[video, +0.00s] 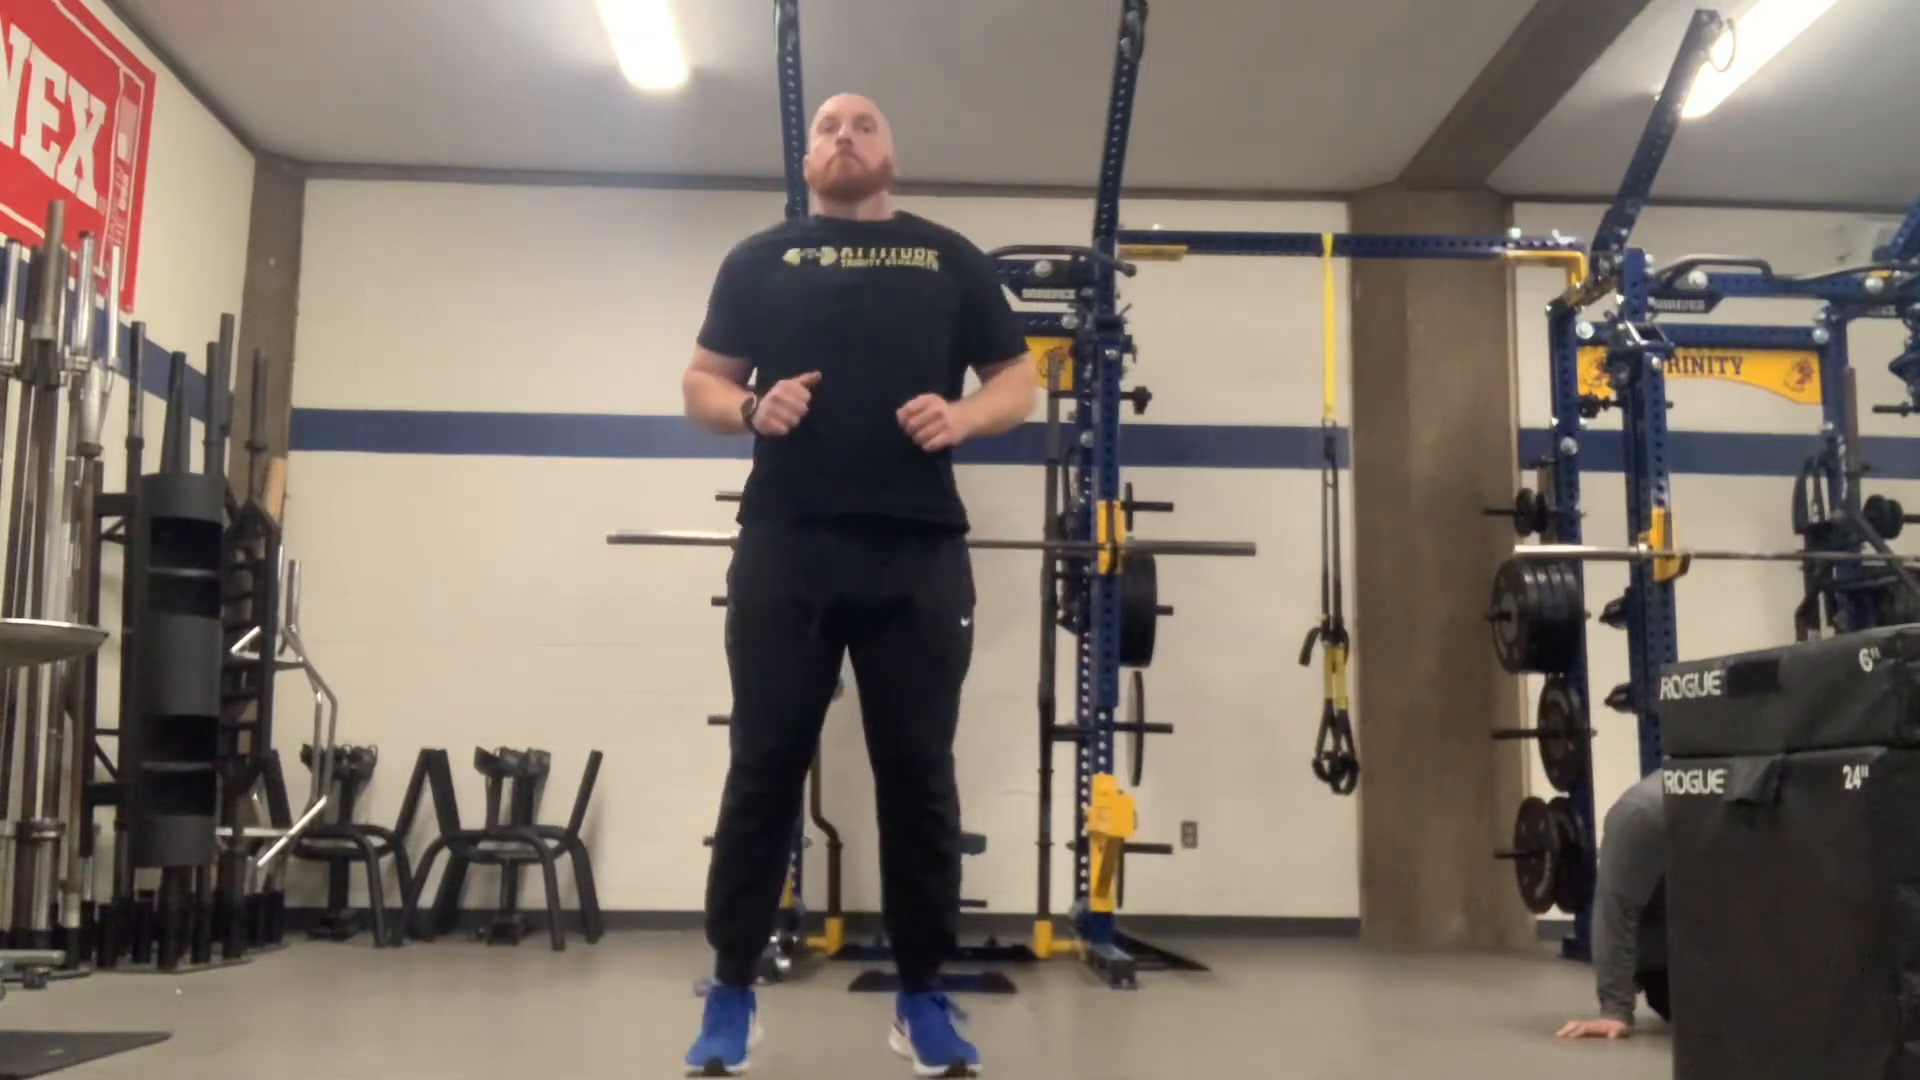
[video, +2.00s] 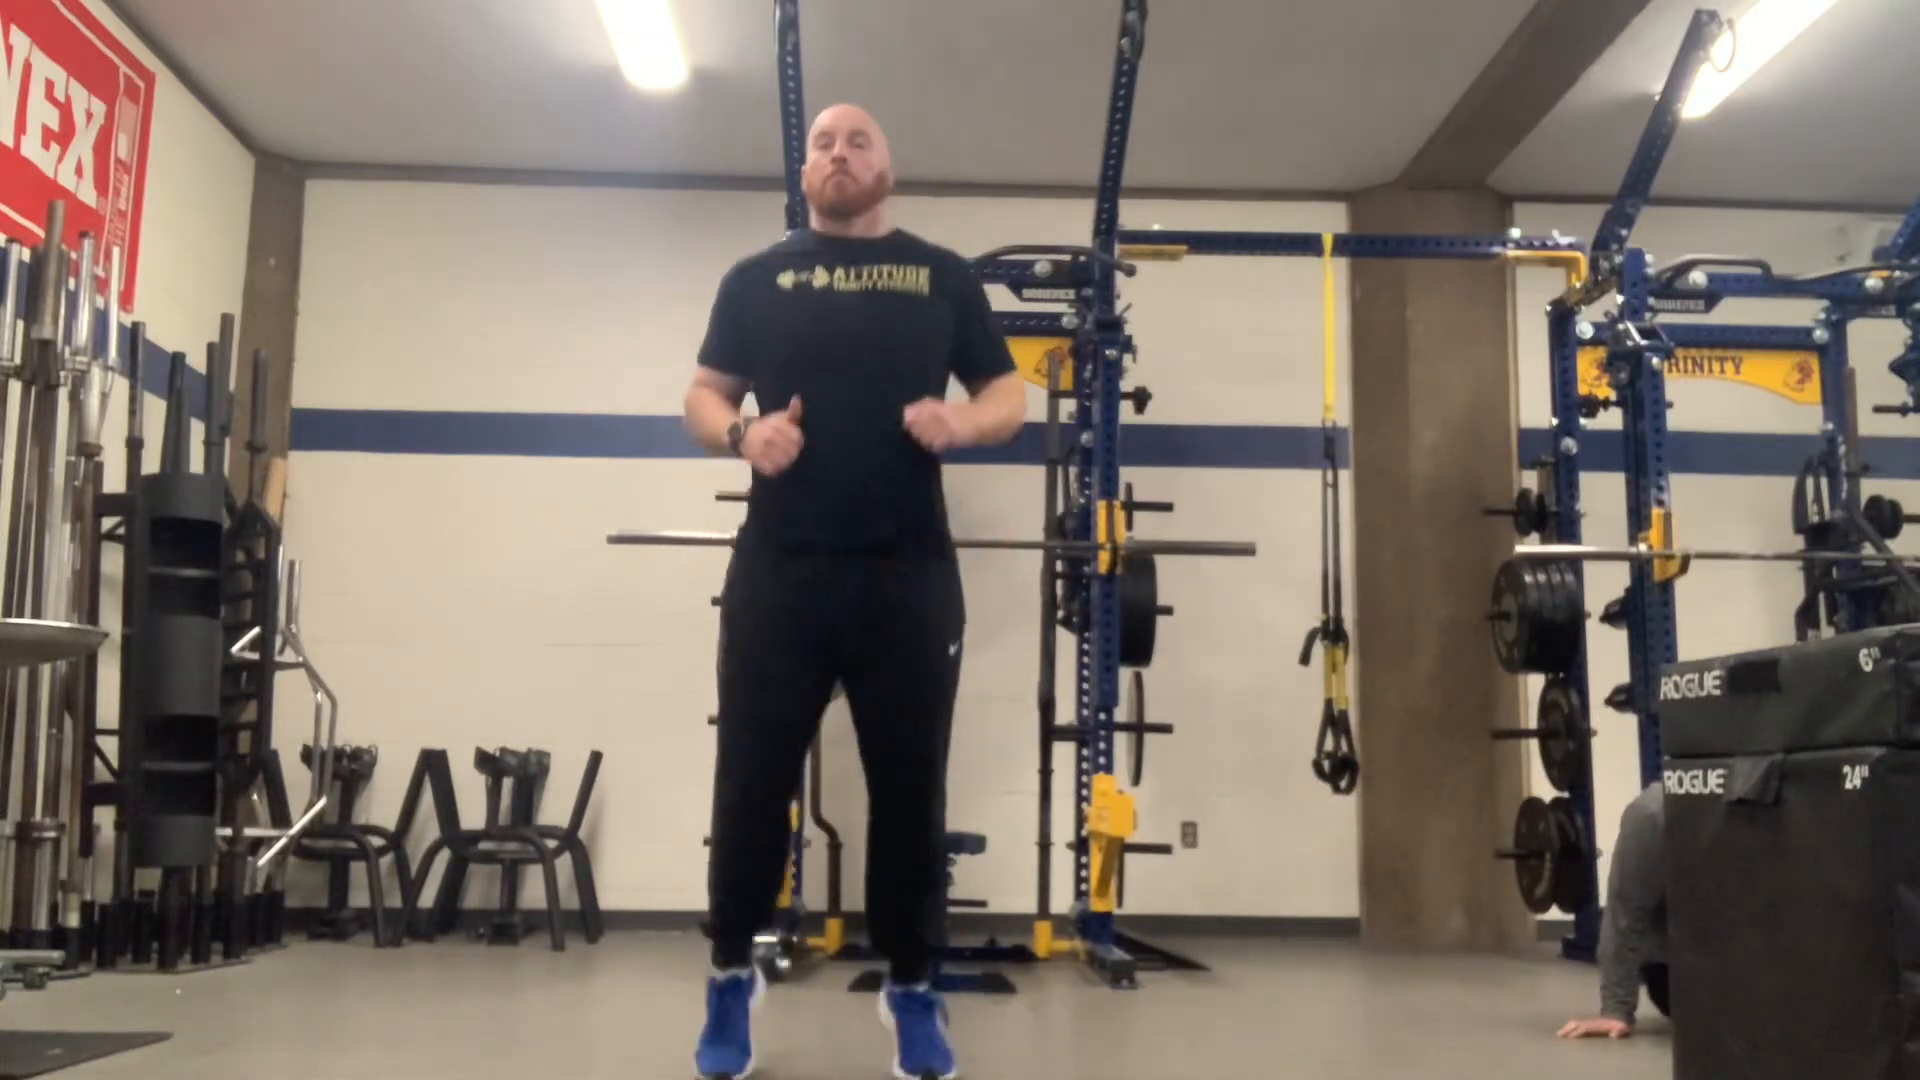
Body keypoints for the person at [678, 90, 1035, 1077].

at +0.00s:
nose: (847, 128)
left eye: (864, 120)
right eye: (828, 124)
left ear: (896, 156)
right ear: (804, 163)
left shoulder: (953, 260)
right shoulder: (758, 261)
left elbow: (1018, 387)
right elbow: (702, 390)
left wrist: (966, 416)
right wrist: (750, 407)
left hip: (916, 554)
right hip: (785, 552)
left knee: (920, 777)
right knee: (763, 772)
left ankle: (923, 996)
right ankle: (730, 991)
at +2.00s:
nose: (839, 152)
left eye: (857, 140)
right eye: (823, 143)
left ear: (890, 168)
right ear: (801, 174)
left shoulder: (945, 278)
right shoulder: (755, 279)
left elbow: (1009, 400)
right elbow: (705, 401)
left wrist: (963, 422)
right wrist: (741, 433)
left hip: (907, 573)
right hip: (780, 572)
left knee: (910, 791)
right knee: (751, 782)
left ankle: (913, 994)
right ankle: (730, 983)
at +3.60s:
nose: (832, 214)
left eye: (851, 203)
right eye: (817, 206)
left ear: (885, 234)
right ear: (797, 239)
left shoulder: (936, 344)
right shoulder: (750, 348)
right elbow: (704, 468)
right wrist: (708, 529)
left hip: (900, 627)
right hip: (777, 625)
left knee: (897, 831)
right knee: (760, 823)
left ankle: (891, 1014)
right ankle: (740, 1005)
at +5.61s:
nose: (834, 125)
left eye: (853, 116)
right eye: (817, 118)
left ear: (886, 149)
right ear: (794, 153)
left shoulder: (935, 257)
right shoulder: (740, 256)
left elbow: (998, 382)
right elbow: (690, 392)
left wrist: (965, 422)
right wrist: (744, 403)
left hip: (899, 546)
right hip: (767, 542)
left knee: (916, 758)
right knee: (725, 752)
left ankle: (920, 983)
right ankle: (697, 982)